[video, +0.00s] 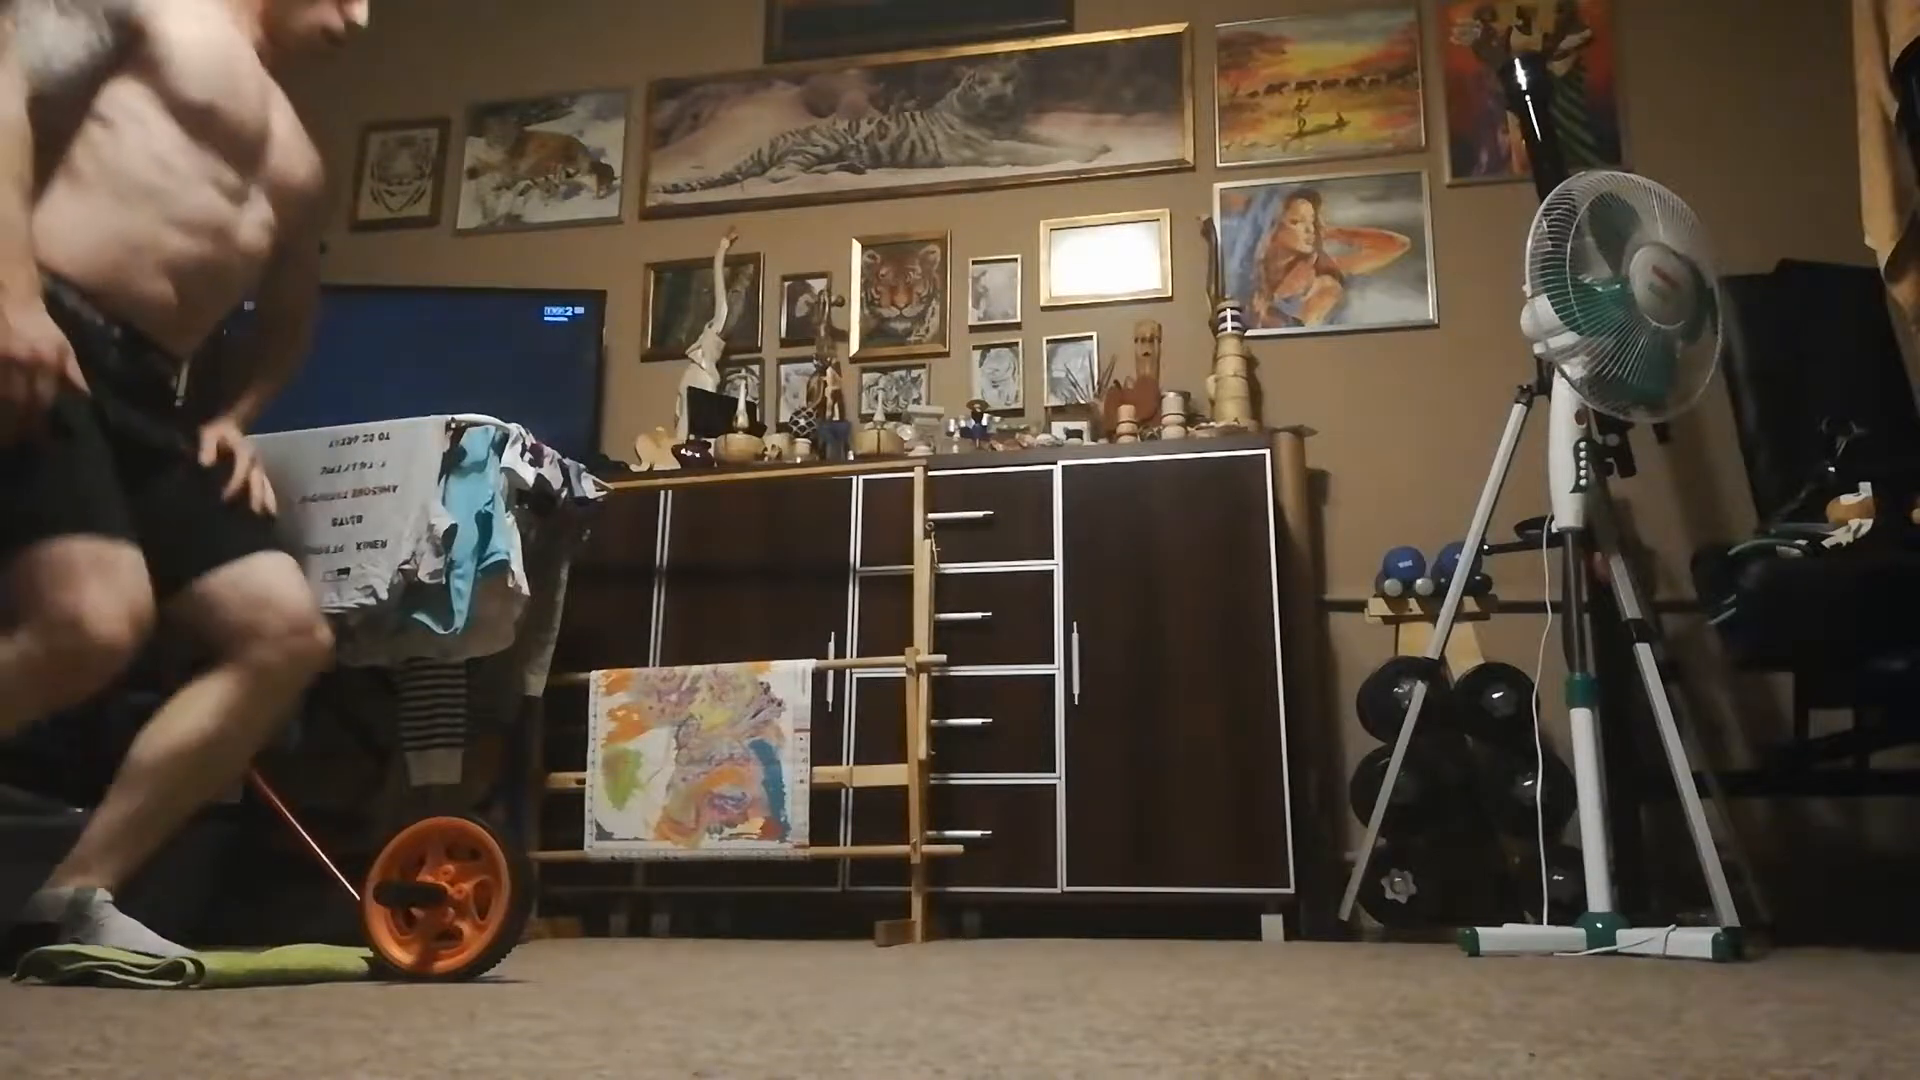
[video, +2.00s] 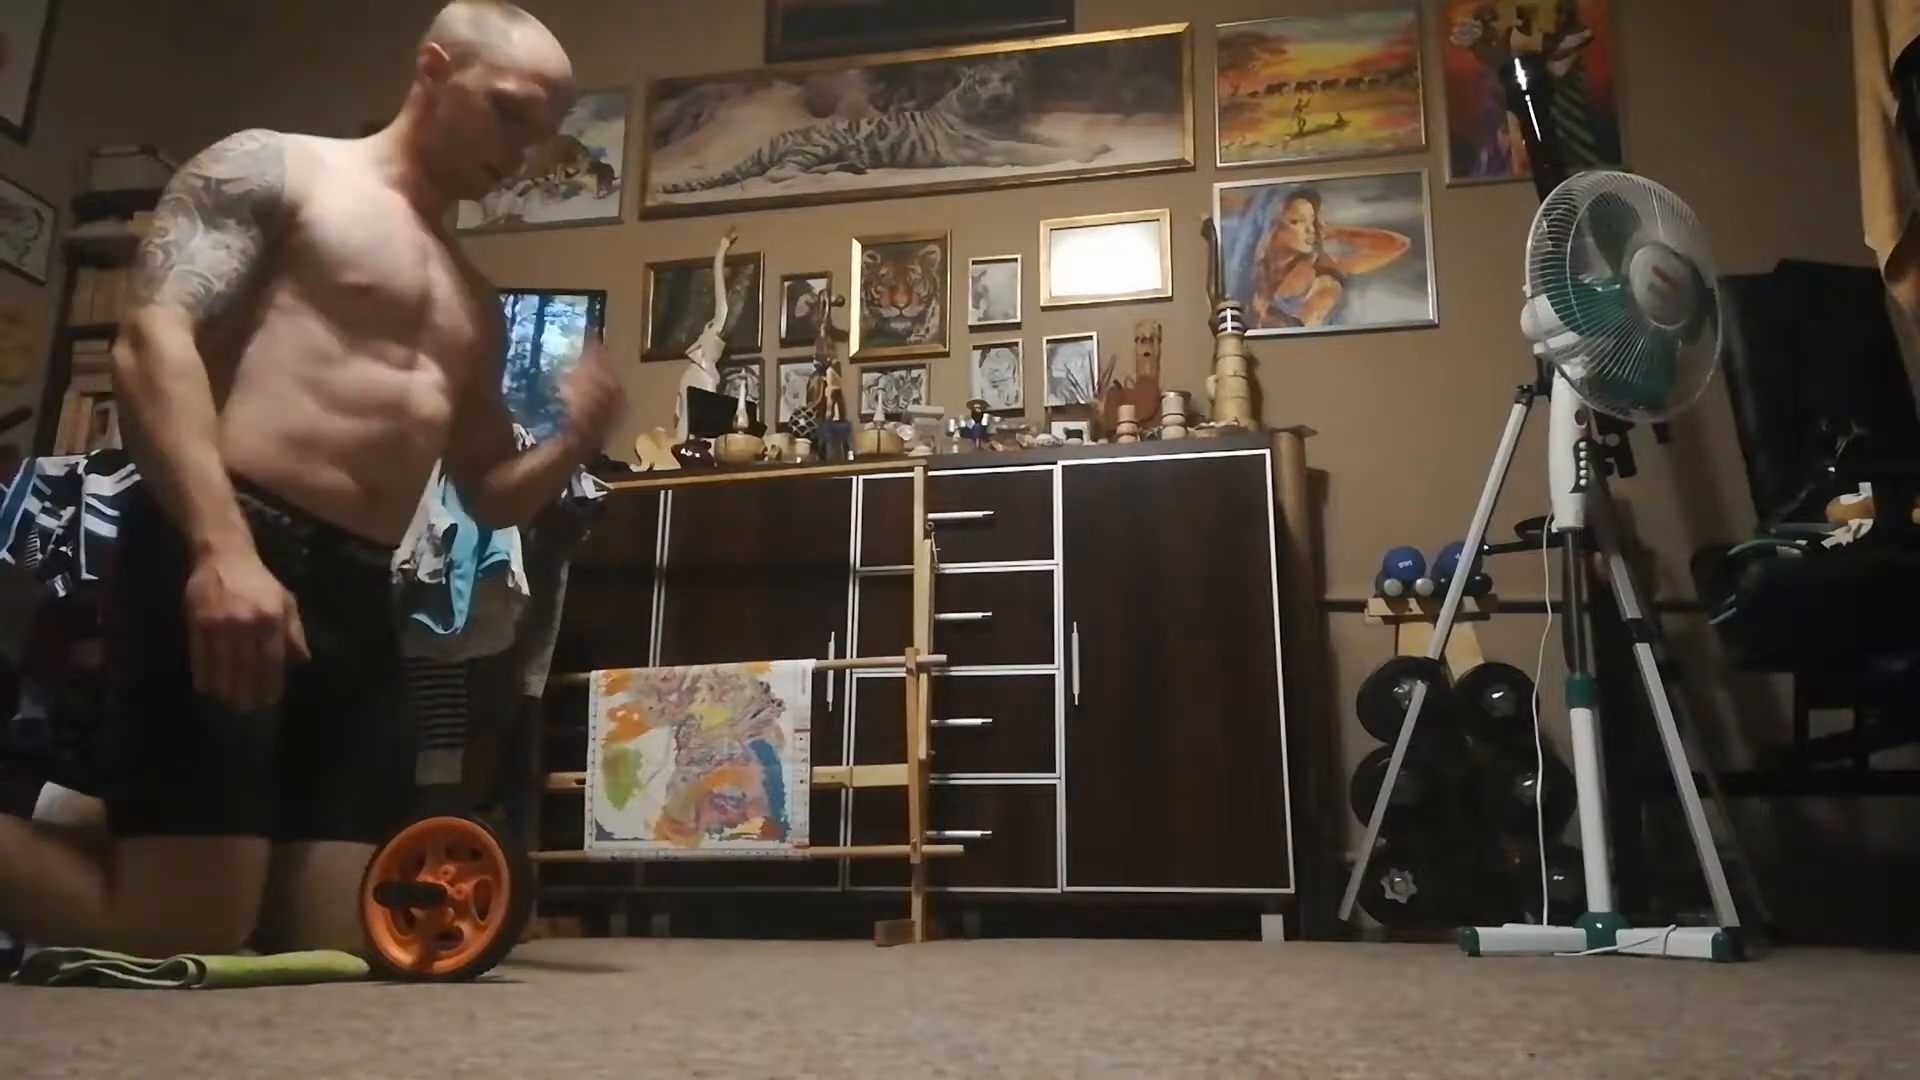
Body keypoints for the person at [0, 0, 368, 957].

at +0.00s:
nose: (360, 12)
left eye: (365, 5)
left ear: (332, 22)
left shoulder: (308, 164)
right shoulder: (150, 12)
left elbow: (288, 321)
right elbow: (11, 89)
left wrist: (236, 413)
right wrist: (16, 294)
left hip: (157, 395)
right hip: (45, 327)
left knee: (285, 636)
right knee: (92, 620)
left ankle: (76, 894)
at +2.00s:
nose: (528, 155)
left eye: (544, 135)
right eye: (515, 116)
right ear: (436, 70)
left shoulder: (476, 305)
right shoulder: (270, 167)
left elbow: (496, 491)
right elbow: (152, 342)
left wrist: (576, 439)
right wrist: (222, 551)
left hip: (360, 598)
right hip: (221, 551)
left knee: (333, 933)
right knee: (190, 920)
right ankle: (13, 843)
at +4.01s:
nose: (637, 286)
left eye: (653, 266)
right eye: (623, 249)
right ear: (538, 209)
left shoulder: (551, 440)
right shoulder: (384, 326)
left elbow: (519, 627)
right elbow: (368, 593)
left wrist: (490, 829)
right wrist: (401, 833)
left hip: (265, 636)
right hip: (116, 579)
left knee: (345, 916)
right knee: (178, 929)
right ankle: (10, 850)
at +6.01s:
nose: (718, 374)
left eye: (736, 353)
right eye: (711, 339)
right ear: (636, 279)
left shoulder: (589, 468)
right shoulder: (448, 339)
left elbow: (542, 656)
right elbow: (390, 604)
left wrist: (497, 858)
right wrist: (400, 845)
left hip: (294, 632)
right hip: (154, 569)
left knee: (354, 913)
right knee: (172, 922)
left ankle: (140, 894)